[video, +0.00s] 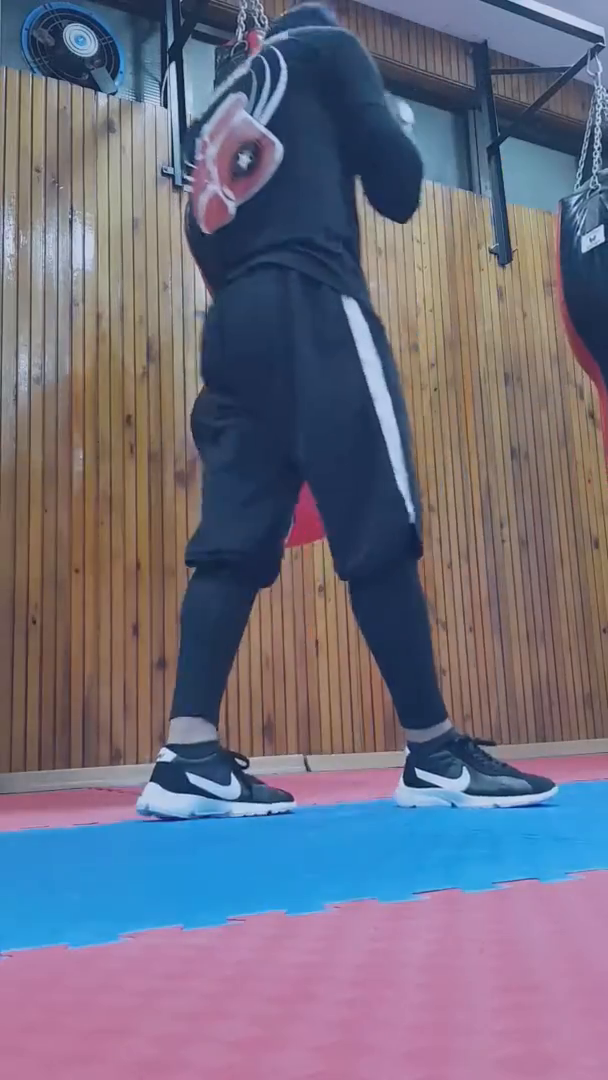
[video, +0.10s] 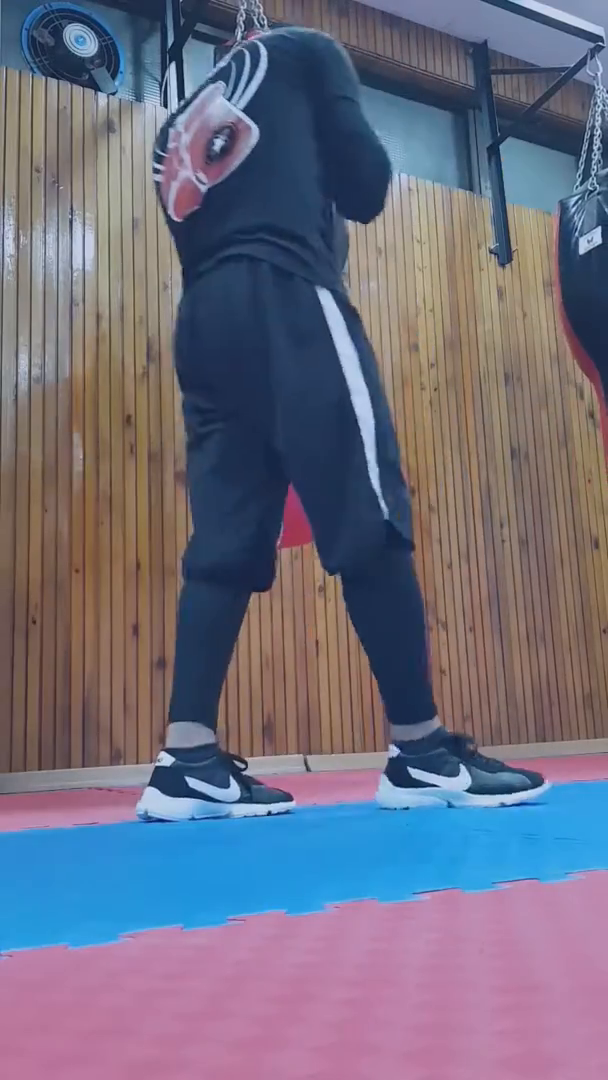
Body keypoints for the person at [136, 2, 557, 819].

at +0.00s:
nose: (352, 40)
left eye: (344, 37)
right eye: (344, 32)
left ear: (257, 33)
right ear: (325, 24)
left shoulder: (209, 113)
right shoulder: (326, 46)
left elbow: (212, 251)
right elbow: (398, 190)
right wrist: (374, 122)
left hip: (236, 319)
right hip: (315, 301)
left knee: (233, 543)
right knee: (377, 527)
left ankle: (188, 753)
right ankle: (436, 748)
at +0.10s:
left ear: (210, 45)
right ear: (267, 23)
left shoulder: (175, 123)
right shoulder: (304, 53)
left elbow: (203, 235)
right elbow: (366, 185)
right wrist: (292, 161)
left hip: (204, 313)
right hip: (287, 296)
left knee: (224, 545)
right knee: (366, 518)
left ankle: (188, 759)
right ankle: (422, 747)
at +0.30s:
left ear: (170, 18)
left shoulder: (135, 89)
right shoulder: (267, 16)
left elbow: (153, 233)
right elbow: (347, 155)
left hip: (174, 292)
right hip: (265, 266)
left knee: (192, 535)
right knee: (371, 489)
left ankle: (186, 755)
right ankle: (360, 724)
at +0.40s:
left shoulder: (122, 69)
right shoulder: (266, 7)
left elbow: (127, 234)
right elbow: (352, 142)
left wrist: (199, 141)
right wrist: (302, 79)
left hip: (167, 286)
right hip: (257, 259)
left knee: (185, 528)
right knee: (362, 478)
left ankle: (186, 762)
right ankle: (302, 700)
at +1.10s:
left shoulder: (133, 13)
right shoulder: (309, 1)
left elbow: (115, 140)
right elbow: (351, 89)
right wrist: (258, 52)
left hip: (135, 185)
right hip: (249, 165)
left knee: (157, 480)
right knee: (280, 463)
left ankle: (127, 766)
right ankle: (236, 766)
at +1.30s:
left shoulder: (117, 18)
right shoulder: (306, 1)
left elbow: (131, 136)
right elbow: (358, 98)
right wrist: (296, 164)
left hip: (149, 189)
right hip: (267, 158)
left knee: (154, 474)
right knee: (411, 429)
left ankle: (126, 766)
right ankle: (345, 680)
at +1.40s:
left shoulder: (122, 10)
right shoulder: (327, 4)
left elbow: (132, 125)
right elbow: (371, 88)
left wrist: (183, 183)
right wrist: (333, 148)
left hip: (173, 172)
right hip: (299, 135)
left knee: (167, 472)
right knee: (418, 421)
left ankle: (128, 764)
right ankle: (430, 670)